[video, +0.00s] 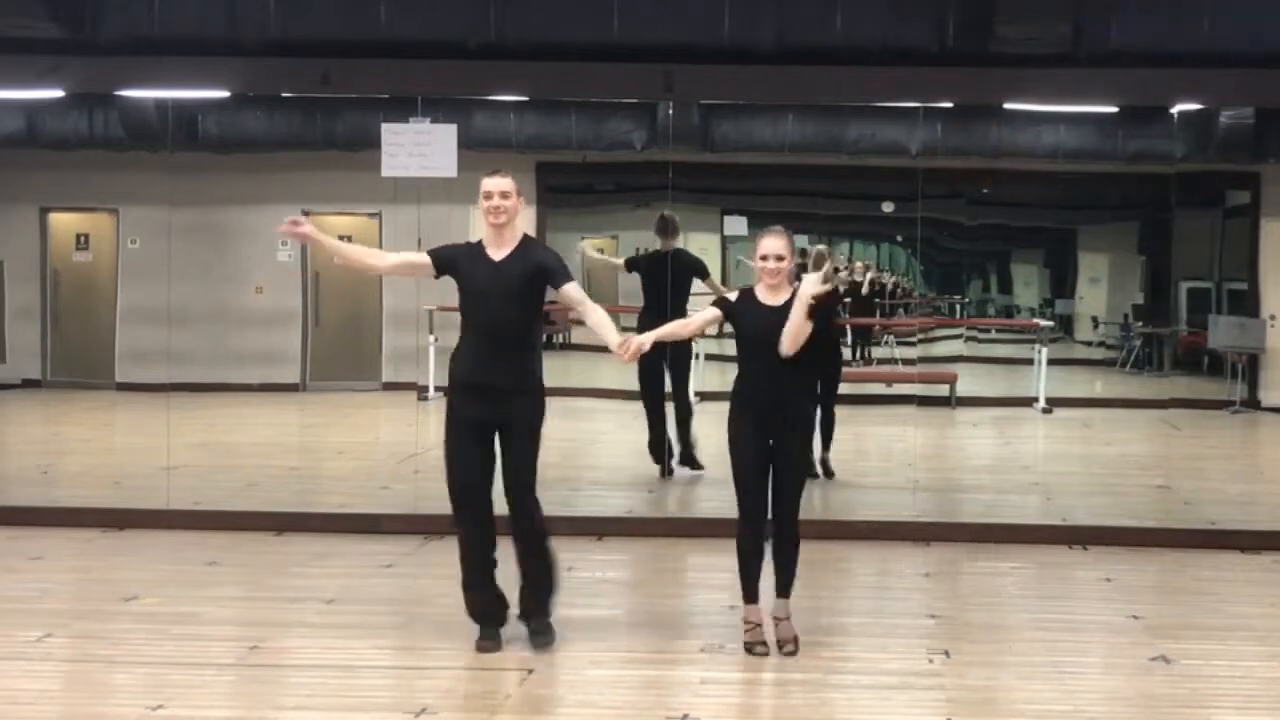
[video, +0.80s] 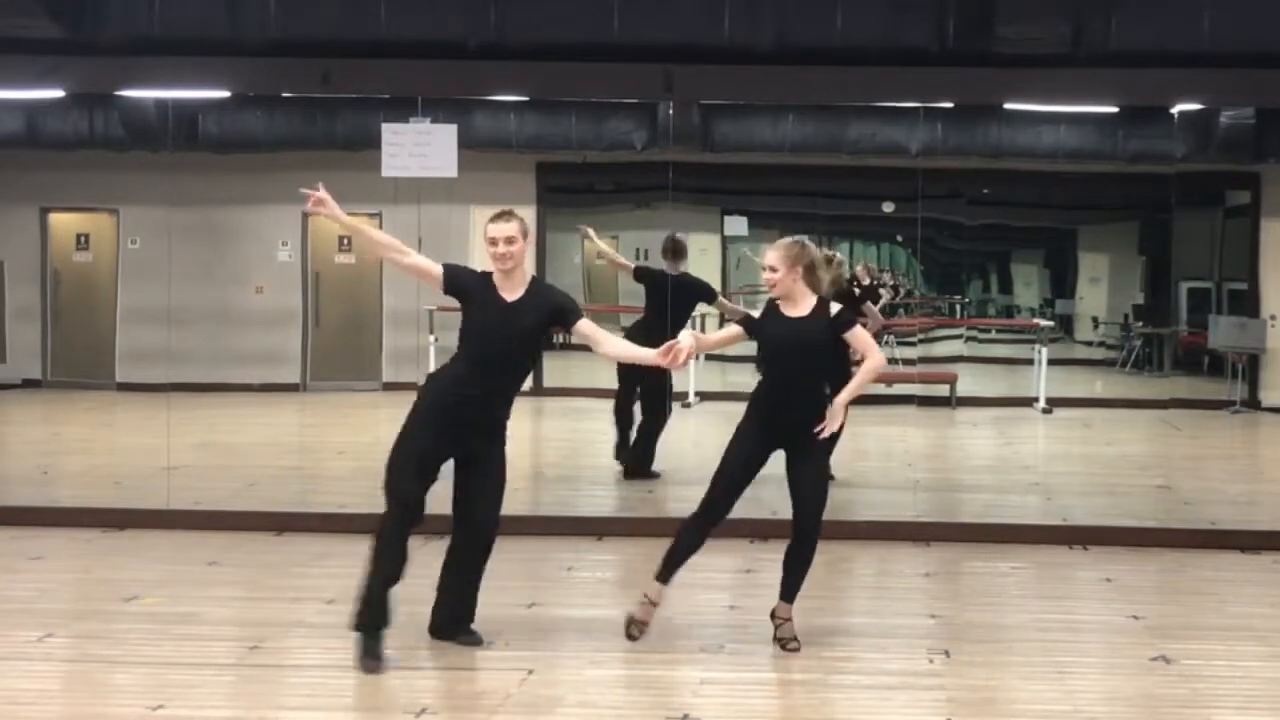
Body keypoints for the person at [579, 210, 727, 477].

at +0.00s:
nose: (668, 237)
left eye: (662, 231)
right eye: (674, 232)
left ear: (656, 233)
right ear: (678, 233)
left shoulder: (646, 260)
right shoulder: (689, 260)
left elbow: (615, 263)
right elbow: (716, 288)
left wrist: (588, 252)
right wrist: (731, 296)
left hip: (650, 337)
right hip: (680, 336)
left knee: (653, 398)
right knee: (681, 395)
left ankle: (662, 458)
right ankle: (687, 453)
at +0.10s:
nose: (667, 237)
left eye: (663, 231)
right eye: (671, 231)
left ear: (656, 232)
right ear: (677, 232)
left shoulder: (645, 258)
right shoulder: (685, 260)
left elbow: (630, 263)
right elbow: (714, 292)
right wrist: (729, 309)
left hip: (655, 335)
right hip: (681, 333)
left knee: (660, 393)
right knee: (684, 388)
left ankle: (676, 450)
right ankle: (697, 442)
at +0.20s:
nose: (667, 238)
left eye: (662, 232)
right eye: (671, 232)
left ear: (656, 233)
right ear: (677, 233)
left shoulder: (645, 259)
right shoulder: (686, 262)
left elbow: (630, 265)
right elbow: (712, 294)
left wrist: (639, 256)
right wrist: (736, 310)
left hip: (656, 334)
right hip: (682, 334)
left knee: (660, 394)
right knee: (679, 390)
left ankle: (692, 443)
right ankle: (684, 447)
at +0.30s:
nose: (674, 240)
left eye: (669, 235)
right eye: (678, 236)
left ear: (658, 235)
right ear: (680, 236)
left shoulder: (646, 259)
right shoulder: (684, 264)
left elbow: (615, 265)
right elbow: (710, 295)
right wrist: (728, 304)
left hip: (655, 338)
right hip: (686, 338)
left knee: (665, 393)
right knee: (697, 391)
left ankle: (675, 448)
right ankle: (696, 450)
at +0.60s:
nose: (676, 250)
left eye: (669, 246)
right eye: (680, 245)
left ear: (663, 247)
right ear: (685, 247)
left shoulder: (652, 268)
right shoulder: (691, 276)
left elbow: (615, 262)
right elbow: (723, 304)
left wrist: (582, 255)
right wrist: (746, 317)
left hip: (646, 337)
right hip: (668, 340)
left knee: (654, 401)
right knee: (675, 400)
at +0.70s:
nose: (673, 254)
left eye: (670, 249)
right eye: (678, 250)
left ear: (664, 250)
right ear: (686, 252)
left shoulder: (652, 272)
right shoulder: (695, 281)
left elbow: (618, 259)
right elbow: (726, 305)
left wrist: (594, 243)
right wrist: (747, 314)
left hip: (638, 340)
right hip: (664, 345)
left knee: (650, 401)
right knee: (651, 405)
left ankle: (657, 453)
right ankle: (636, 465)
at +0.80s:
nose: (672, 257)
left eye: (668, 253)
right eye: (677, 253)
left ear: (663, 255)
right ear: (685, 256)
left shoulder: (651, 276)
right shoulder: (695, 286)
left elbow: (616, 260)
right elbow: (729, 309)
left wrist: (593, 238)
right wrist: (754, 317)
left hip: (631, 349)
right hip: (659, 354)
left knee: (625, 395)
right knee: (658, 410)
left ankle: (623, 447)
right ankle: (638, 464)